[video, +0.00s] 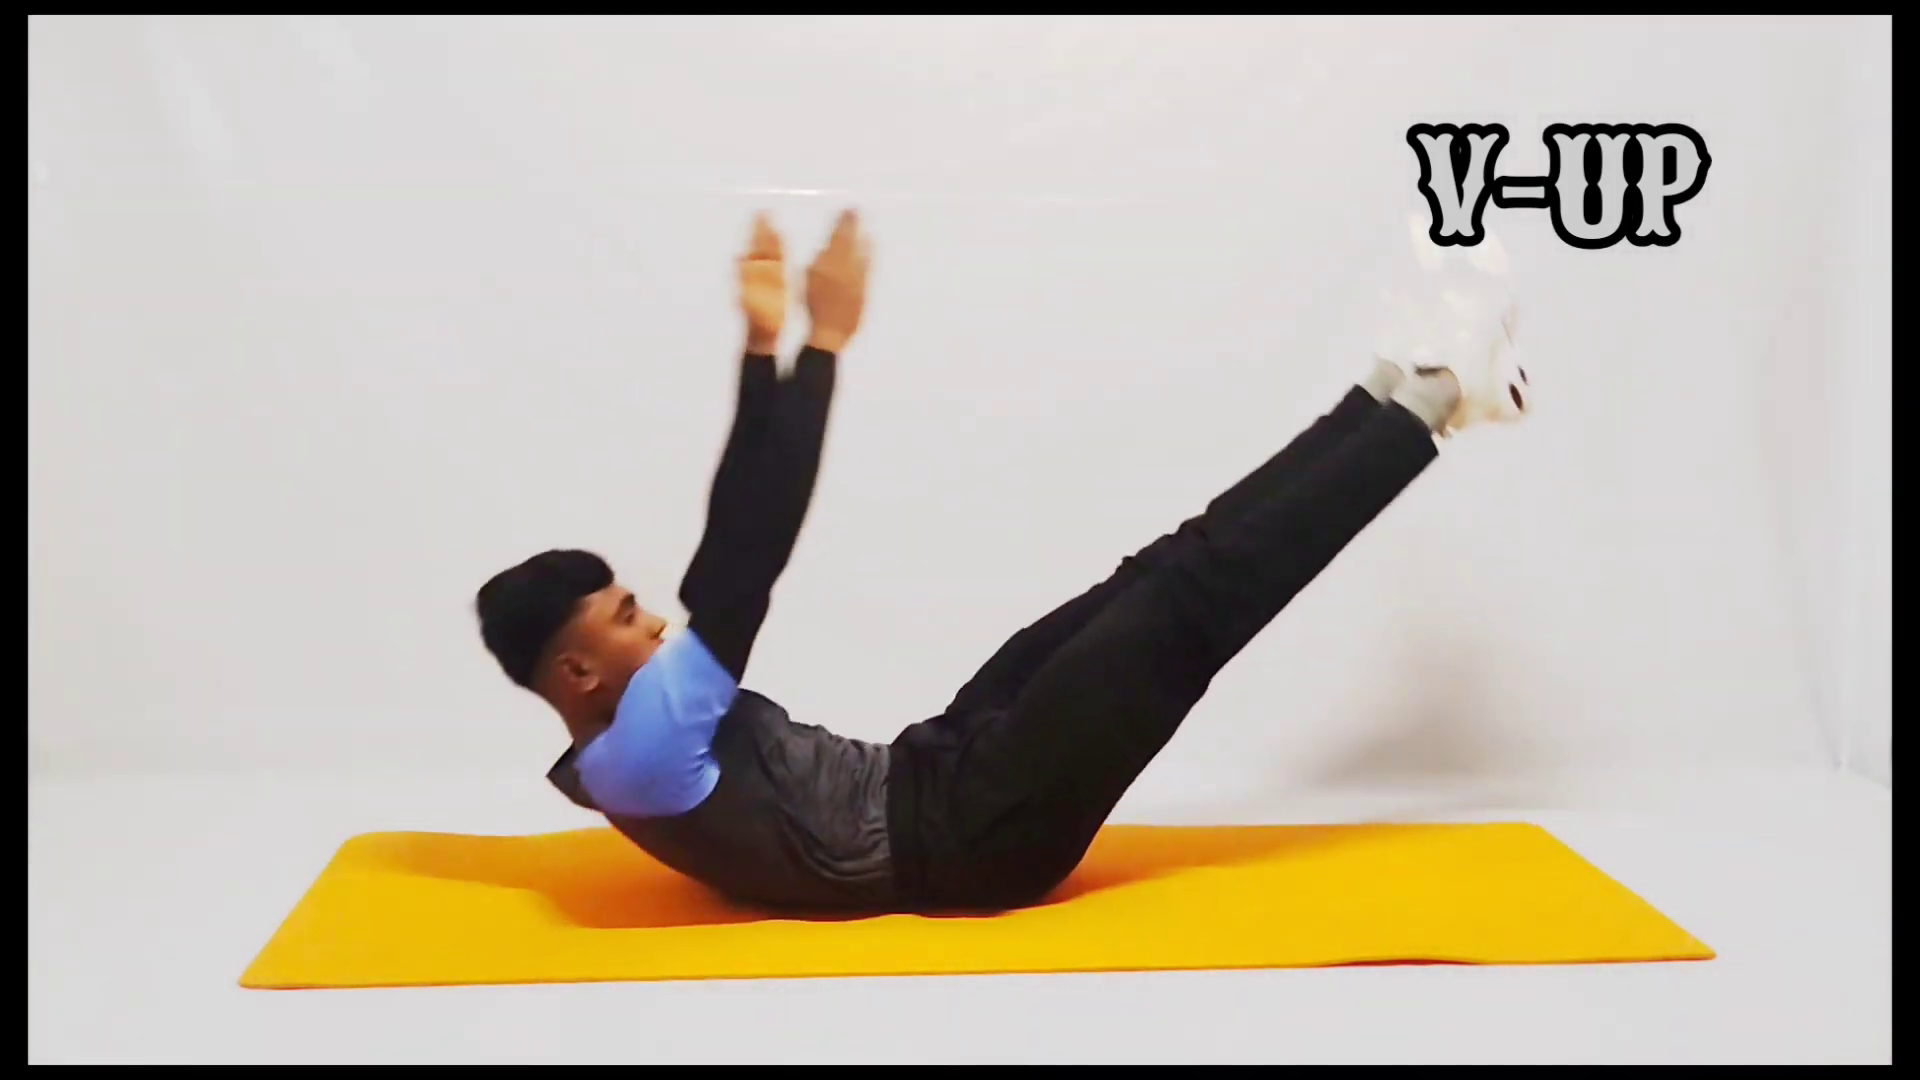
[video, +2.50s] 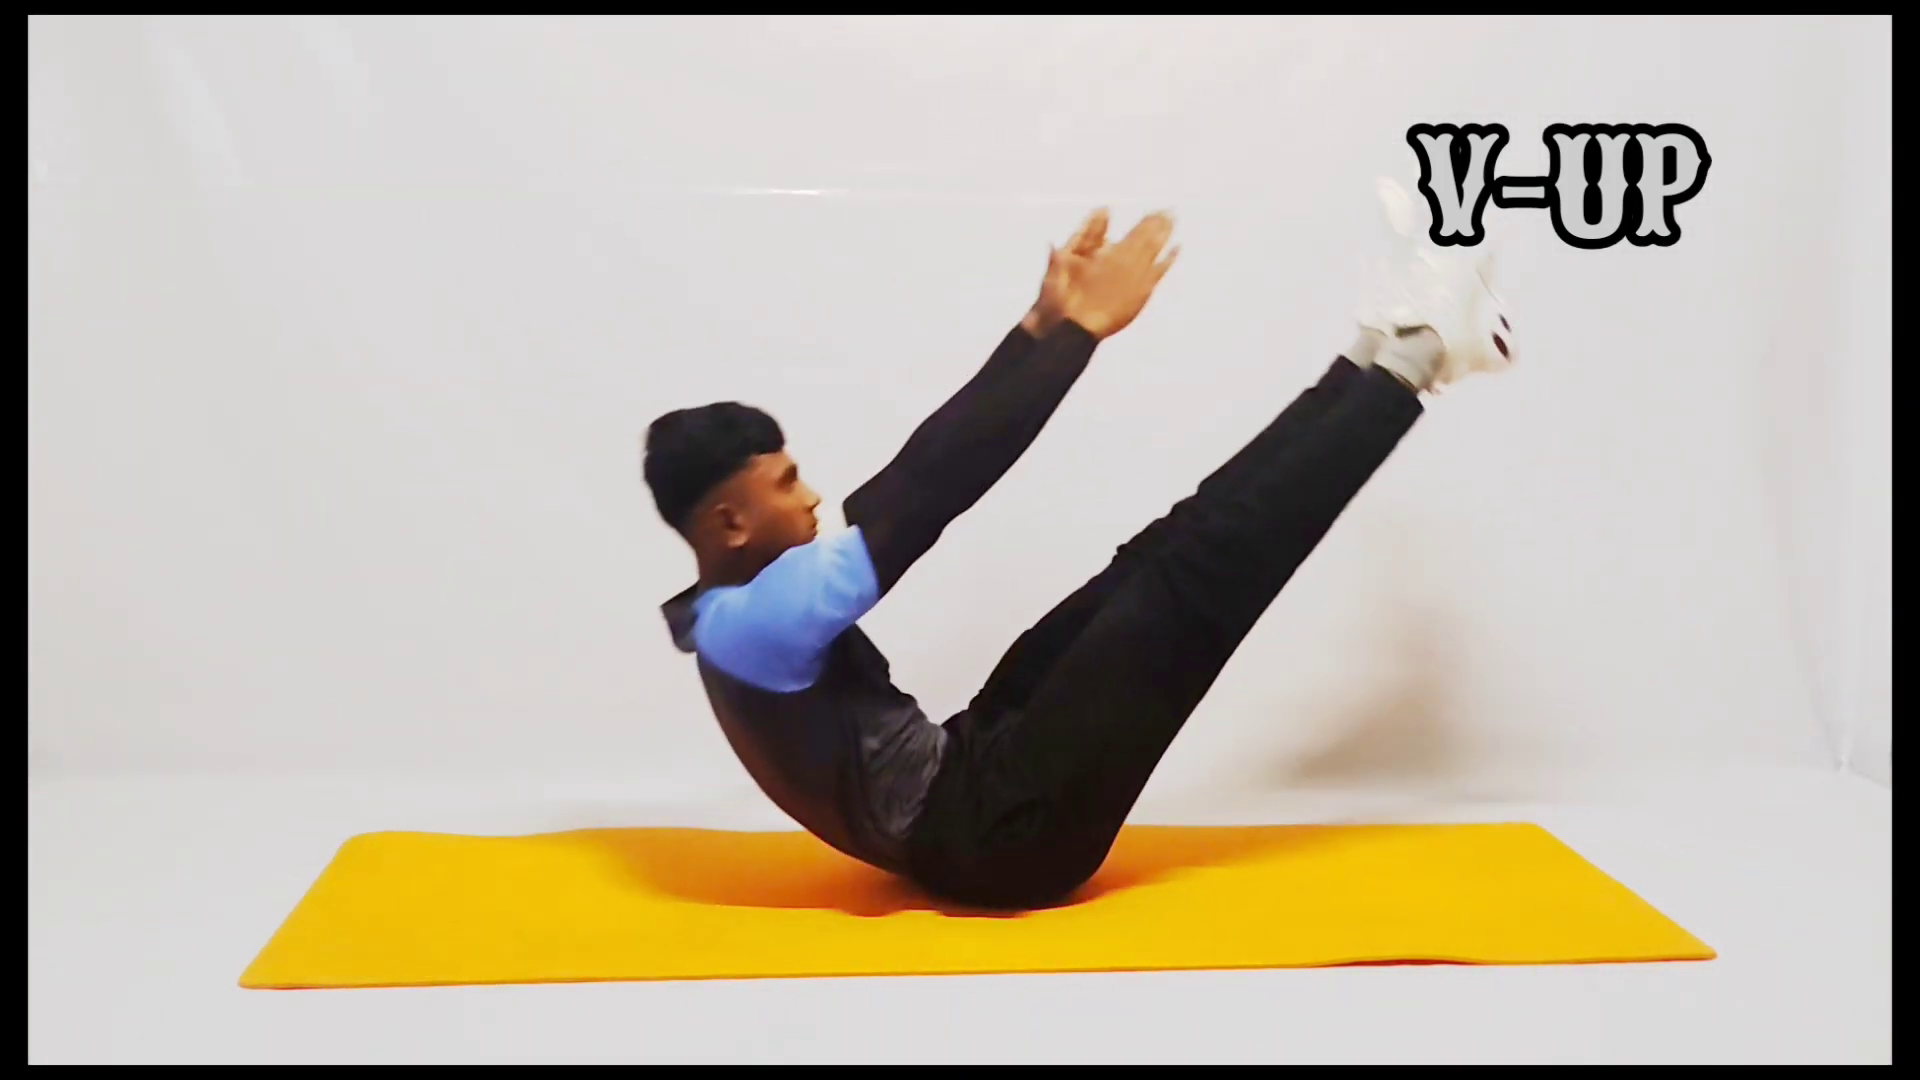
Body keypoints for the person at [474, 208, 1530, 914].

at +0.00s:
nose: (643, 626)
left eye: (626, 610)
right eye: (616, 621)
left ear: (581, 667)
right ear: (568, 679)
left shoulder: (629, 737)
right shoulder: (653, 729)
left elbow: (730, 548)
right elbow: (748, 551)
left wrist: (762, 357)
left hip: (939, 788)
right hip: (957, 838)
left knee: (1158, 586)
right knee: (1180, 605)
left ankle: (1391, 399)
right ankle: (1415, 411)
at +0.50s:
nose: (796, 507)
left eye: (777, 489)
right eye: (767, 497)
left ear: (714, 547)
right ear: (714, 543)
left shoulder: (734, 623)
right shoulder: (753, 617)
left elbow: (902, 457)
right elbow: (907, 455)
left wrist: (1020, 284)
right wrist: (1029, 280)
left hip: (955, 803)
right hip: (977, 836)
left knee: (1095, 533)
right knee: (1114, 546)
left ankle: (1260, 277)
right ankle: (1277, 285)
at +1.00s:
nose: (567, 657)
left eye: (559, 641)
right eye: (537, 657)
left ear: (565, 668)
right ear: (500, 714)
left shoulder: (612, 753)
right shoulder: (575, 810)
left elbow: (520, 597)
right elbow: (435, 649)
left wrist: (373, 463)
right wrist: (287, 487)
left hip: (955, 764)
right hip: (954, 822)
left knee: (1221, 679)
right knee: (1213, 706)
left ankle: (1515, 599)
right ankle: (1518, 603)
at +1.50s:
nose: (510, 741)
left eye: (489, 736)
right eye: (488, 760)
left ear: (511, 765)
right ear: (490, 821)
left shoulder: (608, 788)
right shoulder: (598, 847)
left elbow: (364, 801)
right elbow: (452, 872)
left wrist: (155, 831)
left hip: (973, 763)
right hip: (964, 822)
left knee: (1246, 751)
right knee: (1249, 784)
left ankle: (1561, 775)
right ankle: (1562, 779)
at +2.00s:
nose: (530, 718)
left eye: (511, 706)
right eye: (499, 725)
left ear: (512, 735)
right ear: (481, 780)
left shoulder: (563, 788)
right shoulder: (587, 841)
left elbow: (386, 711)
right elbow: (597, 882)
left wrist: (202, 661)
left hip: (988, 774)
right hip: (981, 827)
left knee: (1259, 737)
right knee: (1269, 764)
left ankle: (1562, 729)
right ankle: (1571, 739)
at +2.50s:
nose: (807, 496)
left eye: (793, 477)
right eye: (782, 486)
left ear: (730, 519)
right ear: (720, 526)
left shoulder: (751, 603)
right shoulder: (758, 619)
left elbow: (915, 483)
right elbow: (925, 494)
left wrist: (1038, 332)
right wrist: (1075, 336)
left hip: (978, 797)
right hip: (994, 840)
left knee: (1158, 570)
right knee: (1178, 582)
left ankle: (1384, 358)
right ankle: (1404, 364)